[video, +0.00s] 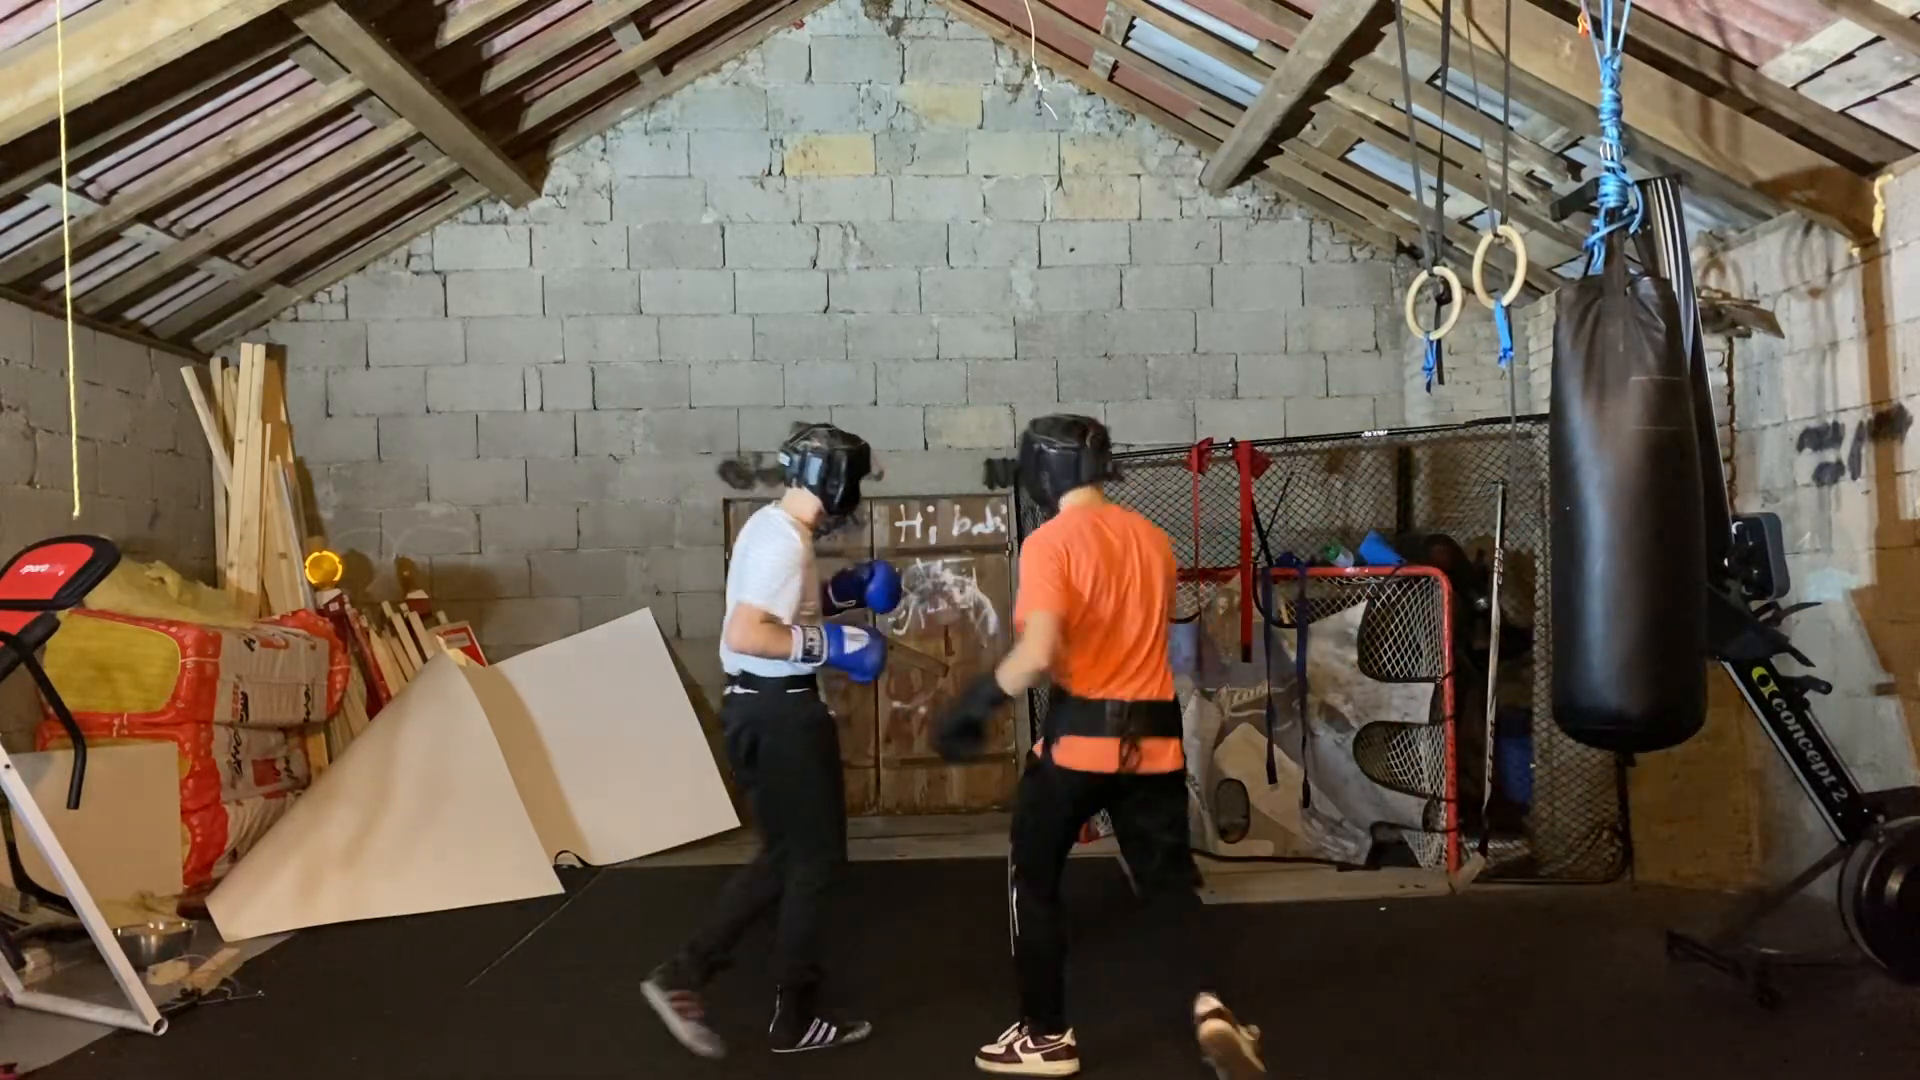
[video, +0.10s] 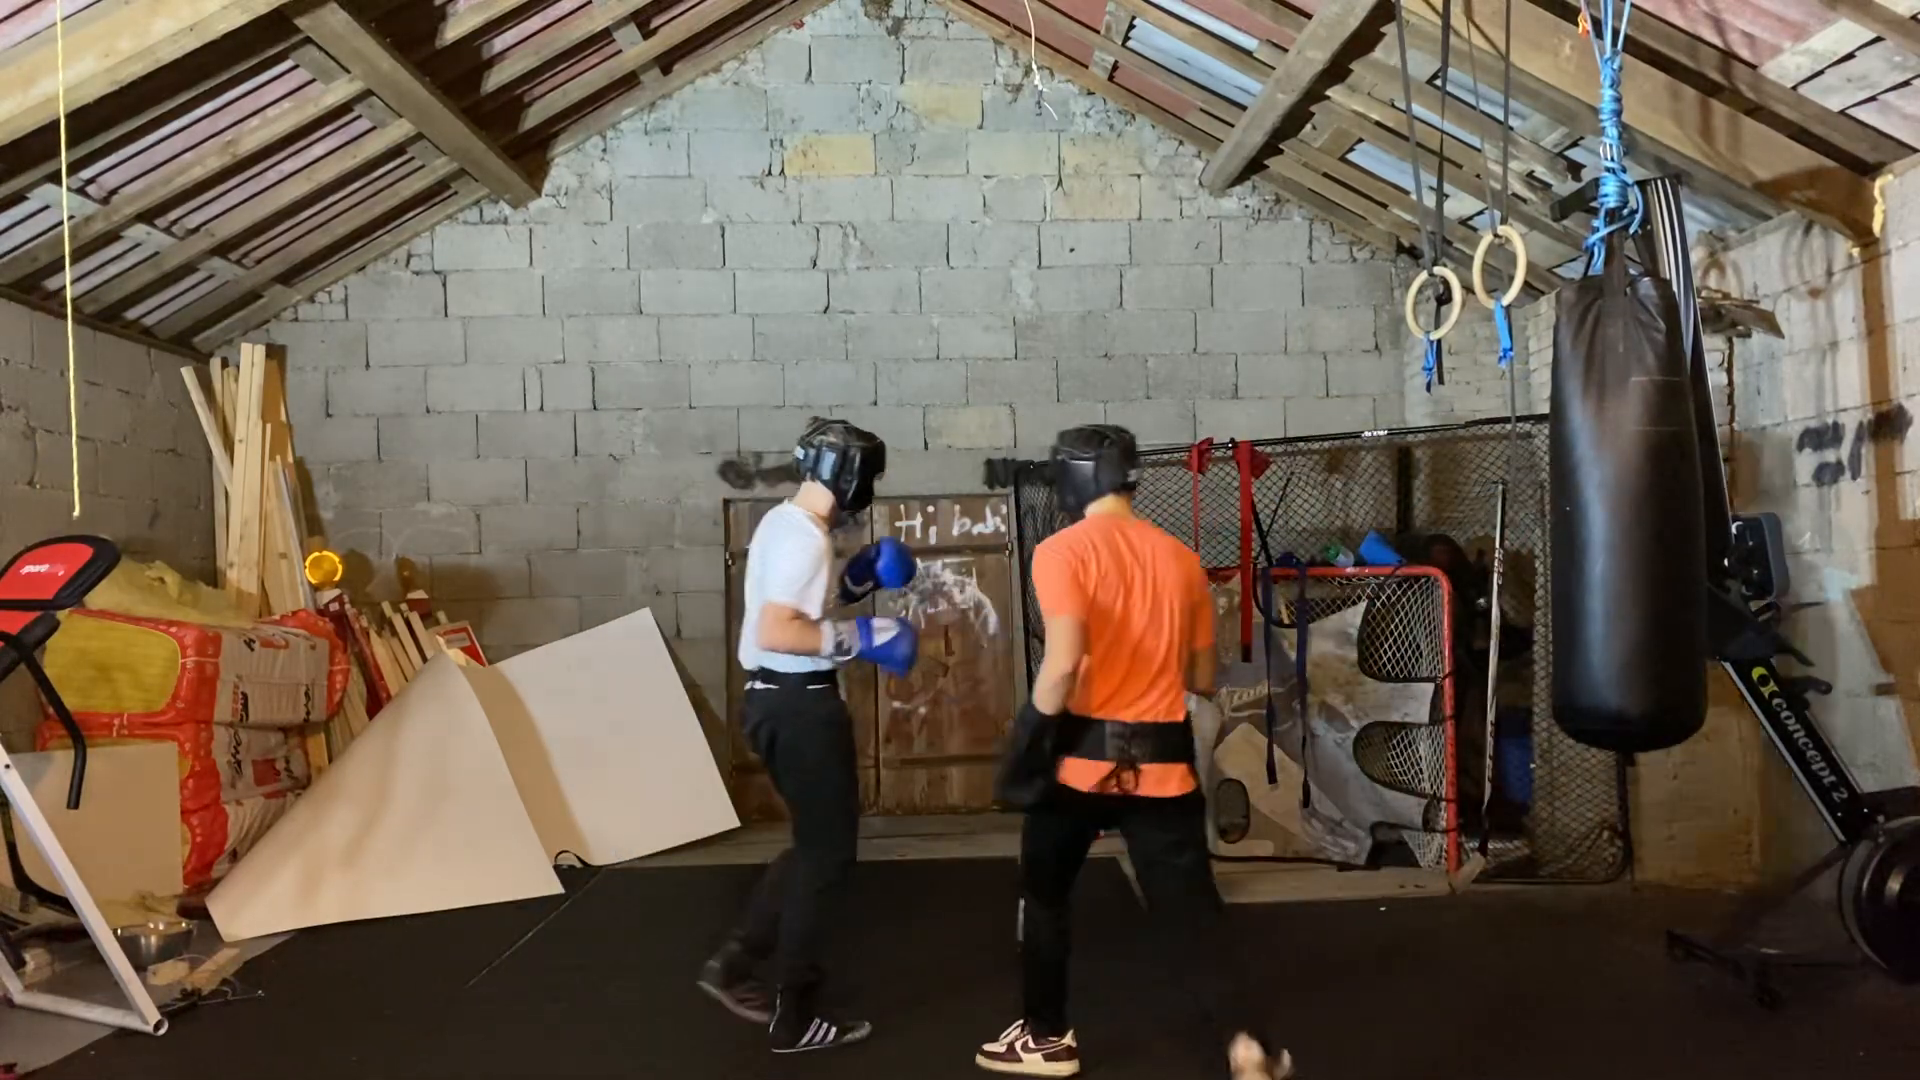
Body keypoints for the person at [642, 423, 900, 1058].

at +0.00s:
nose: (854, 499)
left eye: (855, 486)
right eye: (852, 486)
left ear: (801, 475)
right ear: (832, 485)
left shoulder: (774, 529)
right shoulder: (782, 543)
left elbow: (786, 612)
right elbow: (745, 633)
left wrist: (842, 594)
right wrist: (827, 644)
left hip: (761, 707)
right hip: (782, 713)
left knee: (784, 856)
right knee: (812, 860)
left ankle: (682, 978)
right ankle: (796, 1019)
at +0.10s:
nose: (868, 493)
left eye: (869, 480)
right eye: (866, 480)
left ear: (814, 469)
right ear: (847, 478)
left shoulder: (781, 523)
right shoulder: (804, 538)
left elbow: (804, 603)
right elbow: (775, 630)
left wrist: (857, 577)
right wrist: (855, 637)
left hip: (777, 699)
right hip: (800, 705)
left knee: (818, 844)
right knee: (827, 852)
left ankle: (735, 963)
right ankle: (795, 1019)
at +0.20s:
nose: (878, 483)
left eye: (877, 472)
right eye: (877, 472)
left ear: (823, 462)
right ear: (862, 472)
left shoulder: (794, 519)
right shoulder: (831, 531)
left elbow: (814, 597)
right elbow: (814, 619)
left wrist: (871, 559)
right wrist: (889, 619)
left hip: (794, 690)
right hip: (819, 697)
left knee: (850, 826)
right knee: (829, 843)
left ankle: (816, 984)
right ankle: (795, 1018)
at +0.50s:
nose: (936, 498)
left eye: (937, 488)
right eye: (932, 488)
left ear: (881, 485)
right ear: (915, 490)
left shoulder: (860, 534)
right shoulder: (887, 537)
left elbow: (892, 608)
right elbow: (871, 610)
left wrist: (930, 570)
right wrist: (948, 641)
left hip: (868, 704)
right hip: (879, 707)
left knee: (917, 837)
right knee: (919, 842)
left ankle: (899, 974)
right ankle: (813, 990)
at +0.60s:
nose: (953, 490)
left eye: (954, 479)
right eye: (948, 479)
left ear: (906, 477)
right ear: (927, 480)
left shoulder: (915, 533)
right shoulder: (892, 531)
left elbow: (929, 618)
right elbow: (867, 606)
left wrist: (946, 570)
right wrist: (946, 640)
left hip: (905, 694)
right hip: (896, 697)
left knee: (927, 836)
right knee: (955, 837)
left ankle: (903, 971)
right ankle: (861, 968)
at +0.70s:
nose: (972, 484)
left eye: (972, 473)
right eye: (965, 474)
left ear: (933, 472)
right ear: (943, 475)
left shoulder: (951, 526)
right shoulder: (907, 524)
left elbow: (971, 611)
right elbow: (872, 603)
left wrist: (969, 569)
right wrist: (950, 629)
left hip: (938, 686)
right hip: (913, 690)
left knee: (926, 832)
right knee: (979, 829)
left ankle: (905, 965)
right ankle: (924, 984)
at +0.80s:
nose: (988, 491)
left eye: (990, 480)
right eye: (978, 481)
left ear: (979, 478)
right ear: (947, 483)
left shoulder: (969, 531)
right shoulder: (917, 537)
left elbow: (990, 616)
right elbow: (892, 618)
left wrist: (991, 570)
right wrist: (972, 631)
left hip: (960, 692)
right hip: (931, 697)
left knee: (932, 836)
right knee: (983, 838)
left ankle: (900, 969)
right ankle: (1007, 1007)